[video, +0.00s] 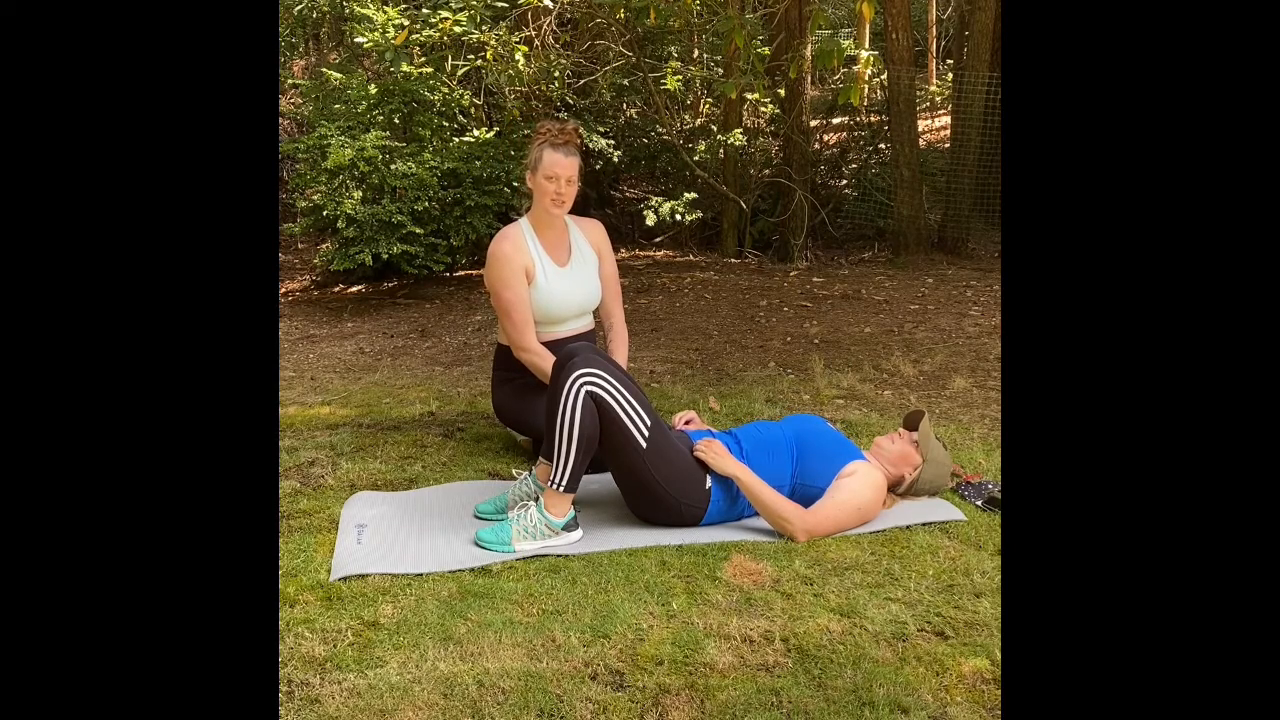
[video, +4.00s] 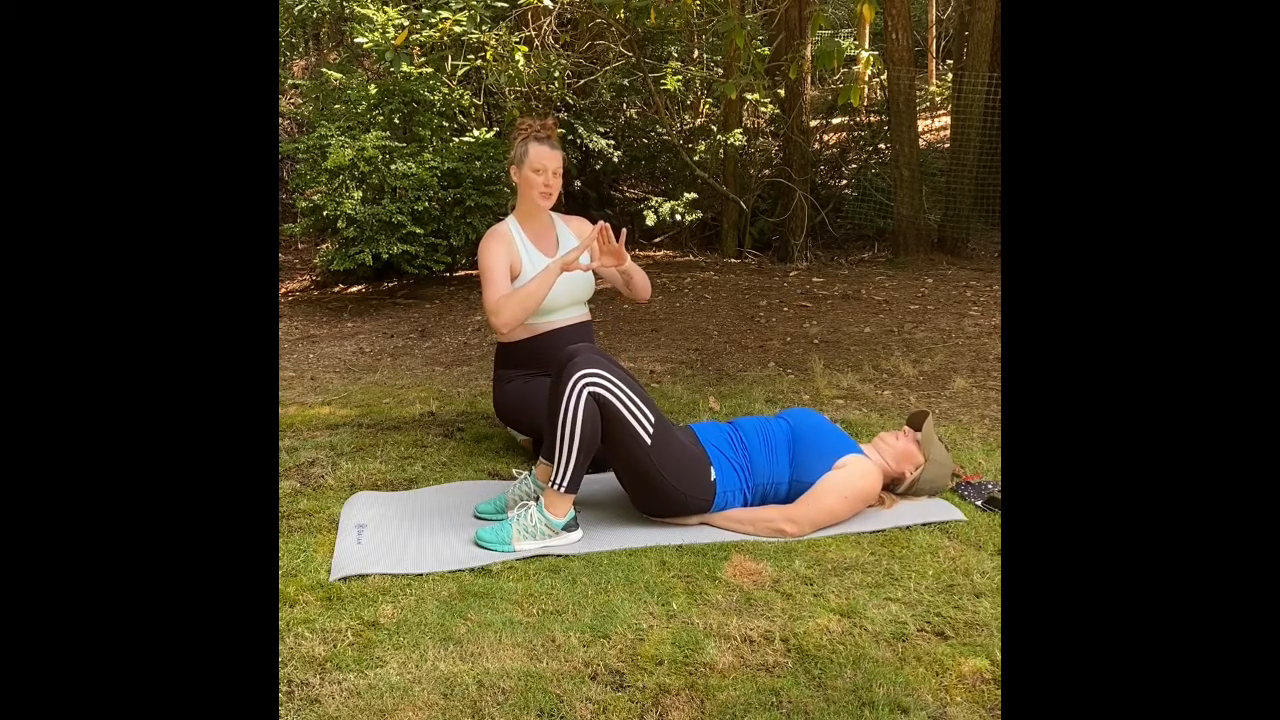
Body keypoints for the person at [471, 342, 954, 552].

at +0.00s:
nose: (897, 433)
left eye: (908, 440)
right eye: (906, 431)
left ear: (907, 471)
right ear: (895, 446)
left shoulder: (867, 483)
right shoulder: (843, 453)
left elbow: (805, 527)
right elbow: (760, 470)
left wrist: (732, 468)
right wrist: (705, 431)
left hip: (693, 490)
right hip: (682, 466)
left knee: (589, 373)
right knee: (580, 357)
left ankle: (554, 511)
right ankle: (542, 485)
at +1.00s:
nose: (897, 433)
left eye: (908, 440)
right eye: (905, 430)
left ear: (908, 471)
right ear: (895, 444)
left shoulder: (870, 483)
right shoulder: (842, 452)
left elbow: (808, 525)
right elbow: (758, 463)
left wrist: (766, 440)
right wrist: (728, 411)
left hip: (694, 484)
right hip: (680, 459)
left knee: (589, 373)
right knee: (578, 358)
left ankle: (555, 511)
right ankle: (542, 485)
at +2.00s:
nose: (897, 432)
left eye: (908, 438)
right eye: (906, 430)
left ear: (907, 469)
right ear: (897, 445)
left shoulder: (863, 478)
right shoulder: (844, 452)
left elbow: (788, 515)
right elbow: (763, 466)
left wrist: (700, 513)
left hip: (695, 474)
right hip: (680, 443)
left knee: (580, 369)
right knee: (546, 356)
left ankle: (556, 512)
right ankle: (546, 480)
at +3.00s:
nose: (897, 431)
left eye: (908, 438)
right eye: (906, 429)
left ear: (908, 468)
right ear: (898, 445)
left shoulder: (863, 476)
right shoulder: (847, 453)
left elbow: (789, 516)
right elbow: (771, 485)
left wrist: (706, 515)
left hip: (693, 480)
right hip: (681, 450)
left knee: (585, 376)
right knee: (589, 365)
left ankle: (555, 510)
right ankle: (544, 482)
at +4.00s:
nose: (900, 433)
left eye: (910, 441)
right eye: (908, 431)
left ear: (907, 473)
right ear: (896, 441)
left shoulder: (860, 474)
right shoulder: (846, 451)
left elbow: (795, 522)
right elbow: (775, 496)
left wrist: (711, 517)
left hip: (695, 482)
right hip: (680, 454)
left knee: (589, 375)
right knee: (590, 365)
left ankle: (554, 511)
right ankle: (542, 485)